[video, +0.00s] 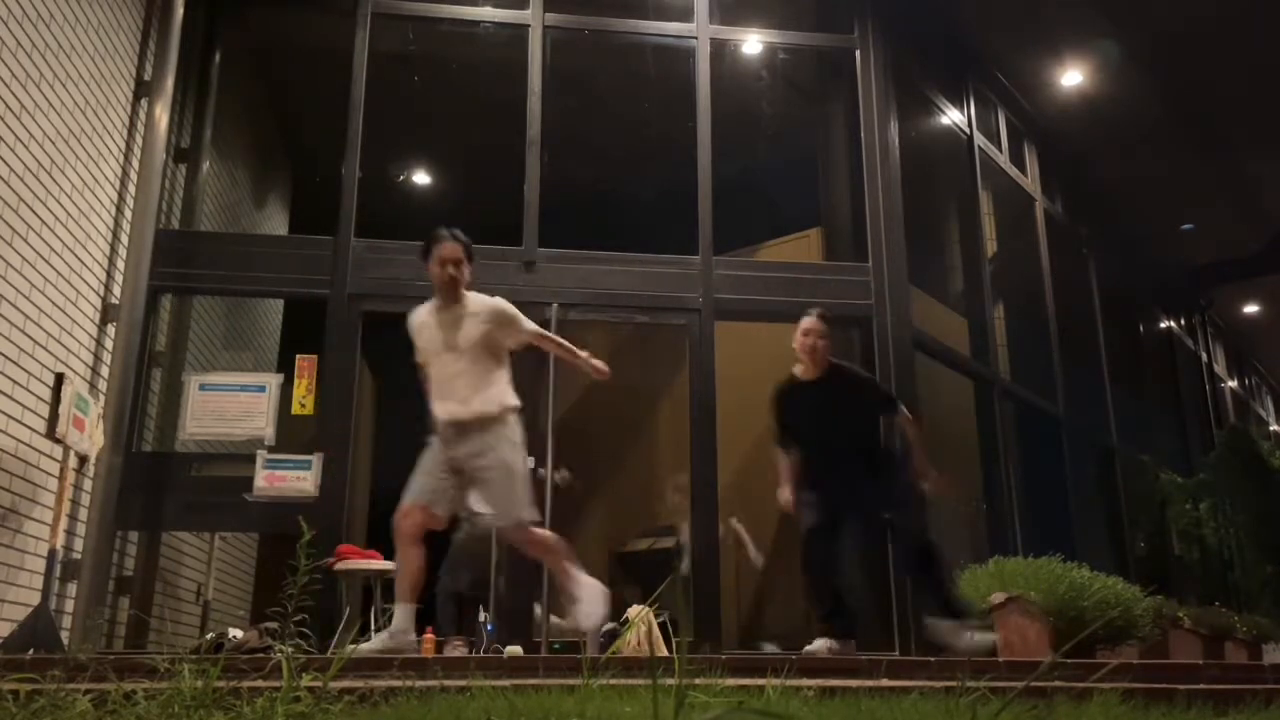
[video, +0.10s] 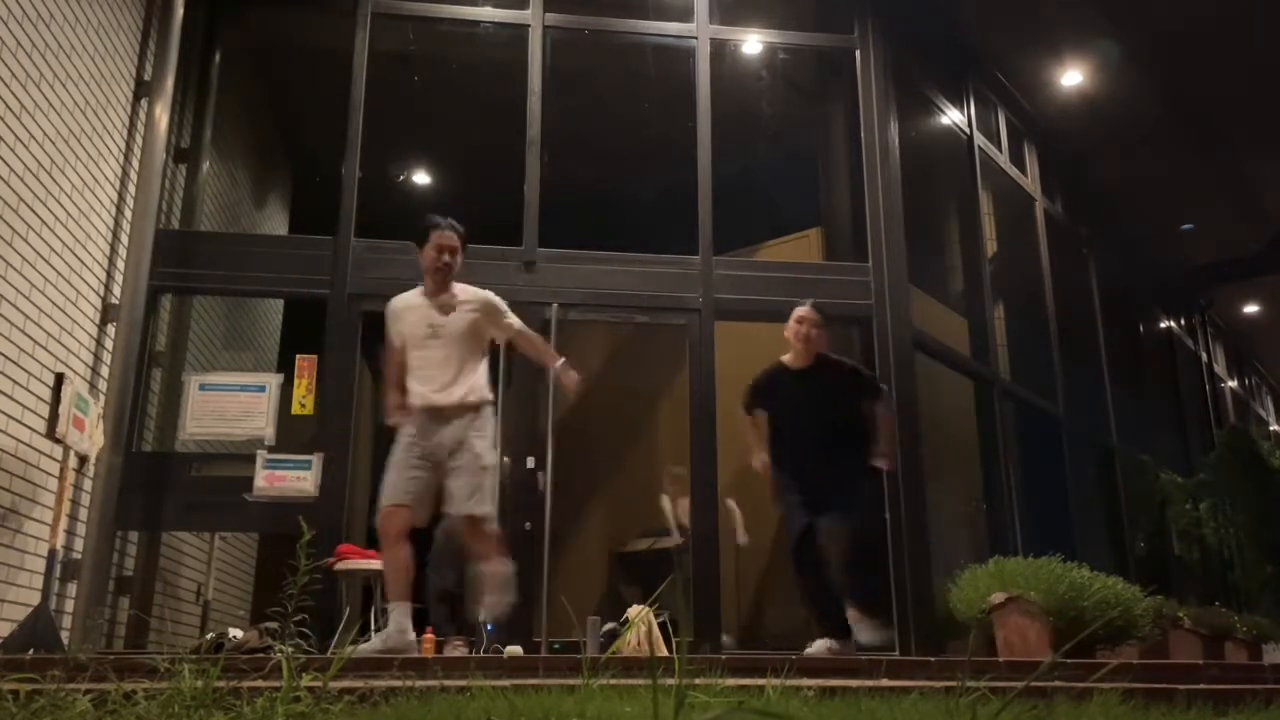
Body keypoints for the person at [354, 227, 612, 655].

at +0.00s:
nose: (451, 272)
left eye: (458, 264)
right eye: (443, 264)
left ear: (469, 269)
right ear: (428, 269)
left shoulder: (493, 311)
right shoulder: (419, 320)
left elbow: (541, 339)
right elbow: (429, 373)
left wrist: (584, 360)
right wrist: (441, 415)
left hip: (496, 433)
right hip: (446, 438)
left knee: (516, 530)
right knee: (408, 523)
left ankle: (585, 589)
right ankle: (401, 630)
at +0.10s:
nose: (446, 260)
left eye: (453, 253)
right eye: (438, 251)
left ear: (462, 259)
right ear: (421, 255)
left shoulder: (481, 304)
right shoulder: (400, 308)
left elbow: (520, 337)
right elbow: (394, 364)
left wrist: (559, 366)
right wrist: (394, 407)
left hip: (472, 422)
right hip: (419, 424)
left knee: (473, 520)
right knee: (392, 521)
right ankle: (400, 630)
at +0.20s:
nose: (443, 257)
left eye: (450, 252)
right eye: (437, 249)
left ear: (455, 260)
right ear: (416, 252)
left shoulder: (470, 306)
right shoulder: (384, 307)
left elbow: (499, 360)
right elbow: (365, 363)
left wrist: (524, 407)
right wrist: (351, 412)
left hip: (449, 427)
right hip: (393, 423)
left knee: (437, 528)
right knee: (372, 519)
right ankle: (394, 627)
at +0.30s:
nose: (442, 269)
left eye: (446, 262)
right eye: (435, 261)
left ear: (449, 268)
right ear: (408, 262)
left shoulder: (456, 322)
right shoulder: (373, 316)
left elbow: (470, 389)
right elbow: (344, 379)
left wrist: (479, 432)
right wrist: (321, 432)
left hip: (429, 437)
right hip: (374, 425)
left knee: (397, 541)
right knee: (362, 524)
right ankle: (390, 629)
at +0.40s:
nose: (441, 278)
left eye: (444, 272)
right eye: (433, 270)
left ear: (443, 279)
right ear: (406, 273)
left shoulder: (445, 336)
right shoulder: (369, 318)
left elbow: (457, 391)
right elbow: (336, 368)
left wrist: (460, 416)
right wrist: (336, 399)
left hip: (407, 443)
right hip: (358, 426)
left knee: (365, 546)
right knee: (348, 518)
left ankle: (287, 625)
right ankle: (373, 622)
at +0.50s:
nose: (440, 263)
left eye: (443, 257)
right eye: (433, 255)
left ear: (442, 261)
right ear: (406, 254)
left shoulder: (441, 313)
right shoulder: (371, 295)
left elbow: (459, 378)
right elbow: (333, 337)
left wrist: (475, 353)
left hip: (403, 426)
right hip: (356, 413)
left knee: (366, 526)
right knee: (355, 487)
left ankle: (294, 618)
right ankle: (325, 600)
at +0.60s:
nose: (443, 254)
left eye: (446, 247)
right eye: (436, 246)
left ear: (443, 250)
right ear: (409, 243)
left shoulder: (441, 300)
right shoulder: (375, 278)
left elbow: (463, 359)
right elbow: (341, 309)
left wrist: (487, 322)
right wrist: (403, 283)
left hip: (404, 410)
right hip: (358, 398)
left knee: (404, 514)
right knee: (351, 489)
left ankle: (326, 596)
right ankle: (300, 594)